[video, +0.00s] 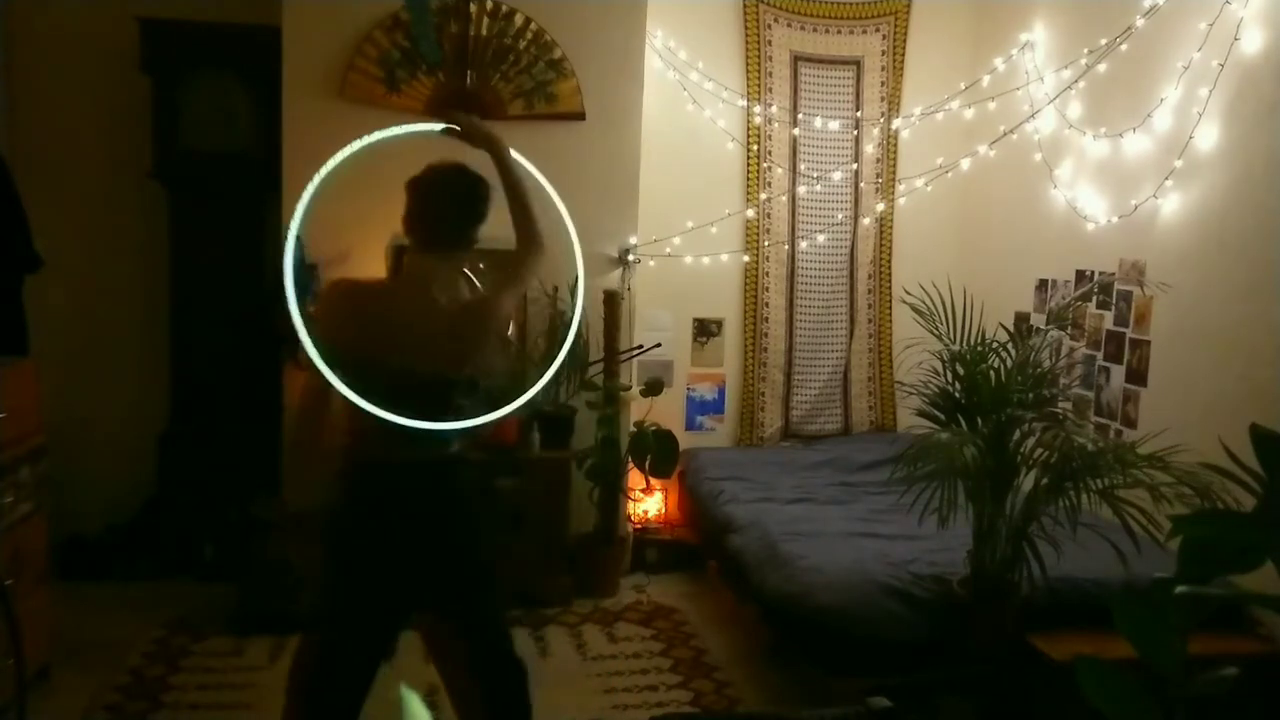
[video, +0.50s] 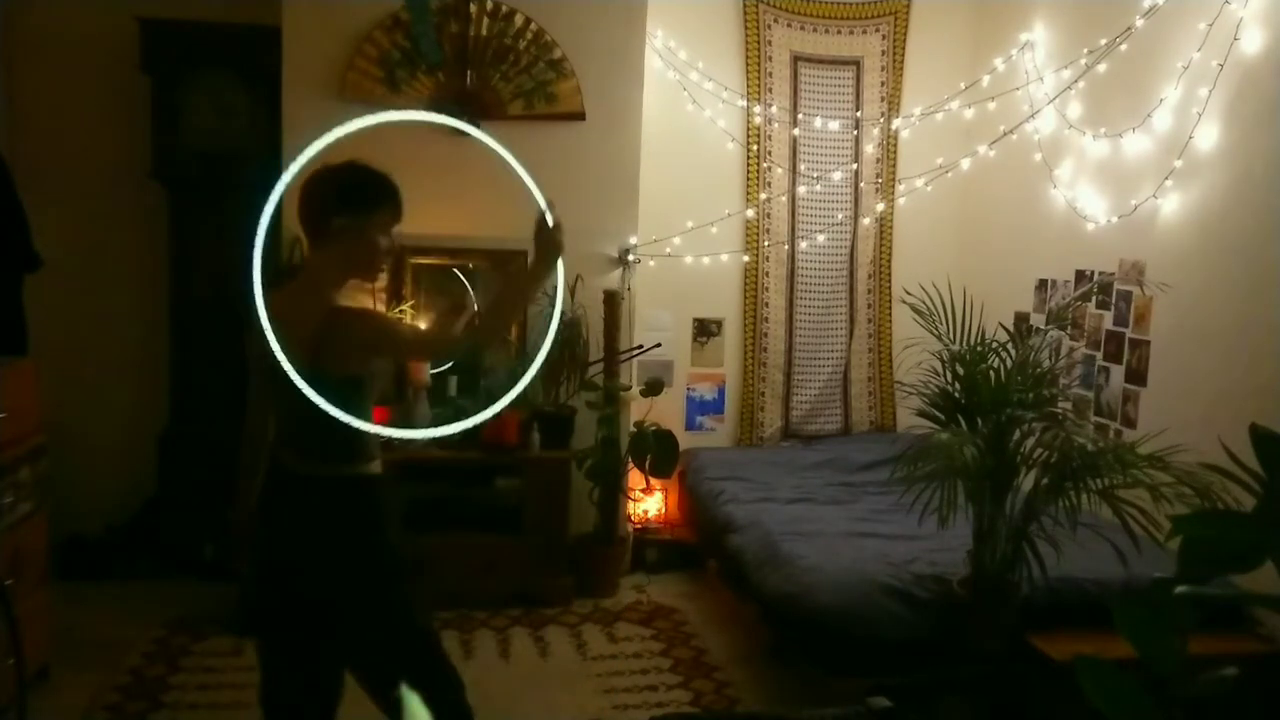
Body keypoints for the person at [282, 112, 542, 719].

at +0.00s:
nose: (407, 220)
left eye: (411, 208)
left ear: (412, 219)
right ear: (474, 233)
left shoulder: (347, 304)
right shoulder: (481, 311)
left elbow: (307, 424)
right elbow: (531, 245)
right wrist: (498, 148)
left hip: (367, 520)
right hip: (453, 523)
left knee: (328, 685)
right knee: (491, 685)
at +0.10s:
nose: (450, 240)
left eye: (449, 224)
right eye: (449, 224)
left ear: (379, 217)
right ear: (446, 228)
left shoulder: (322, 302)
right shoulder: (447, 318)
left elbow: (294, 416)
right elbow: (517, 260)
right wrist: (499, 157)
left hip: (332, 520)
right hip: (421, 526)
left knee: (316, 694)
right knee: (476, 694)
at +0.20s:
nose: (442, 241)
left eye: (443, 226)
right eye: (437, 226)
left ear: (366, 221)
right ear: (411, 227)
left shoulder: (314, 302)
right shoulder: (409, 318)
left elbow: (286, 422)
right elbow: (508, 277)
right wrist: (504, 170)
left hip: (312, 527)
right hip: (383, 535)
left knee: (305, 703)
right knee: (471, 704)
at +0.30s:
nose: (421, 239)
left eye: (421, 225)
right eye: (414, 225)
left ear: (351, 222)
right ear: (378, 226)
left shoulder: (309, 308)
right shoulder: (363, 319)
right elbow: (494, 298)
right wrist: (513, 189)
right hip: (356, 533)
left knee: (302, 698)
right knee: (450, 695)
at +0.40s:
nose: (404, 246)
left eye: (403, 229)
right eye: (396, 229)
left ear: (329, 225)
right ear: (359, 229)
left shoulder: (288, 306)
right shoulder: (345, 321)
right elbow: (481, 317)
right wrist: (528, 224)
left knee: (298, 699)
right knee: (443, 693)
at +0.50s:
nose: (393, 247)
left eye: (393, 231)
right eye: (384, 230)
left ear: (334, 231)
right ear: (340, 230)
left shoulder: (280, 308)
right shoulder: (343, 324)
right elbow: (464, 354)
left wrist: (452, 326)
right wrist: (533, 271)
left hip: (287, 525)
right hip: (341, 534)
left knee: (295, 700)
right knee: (441, 697)